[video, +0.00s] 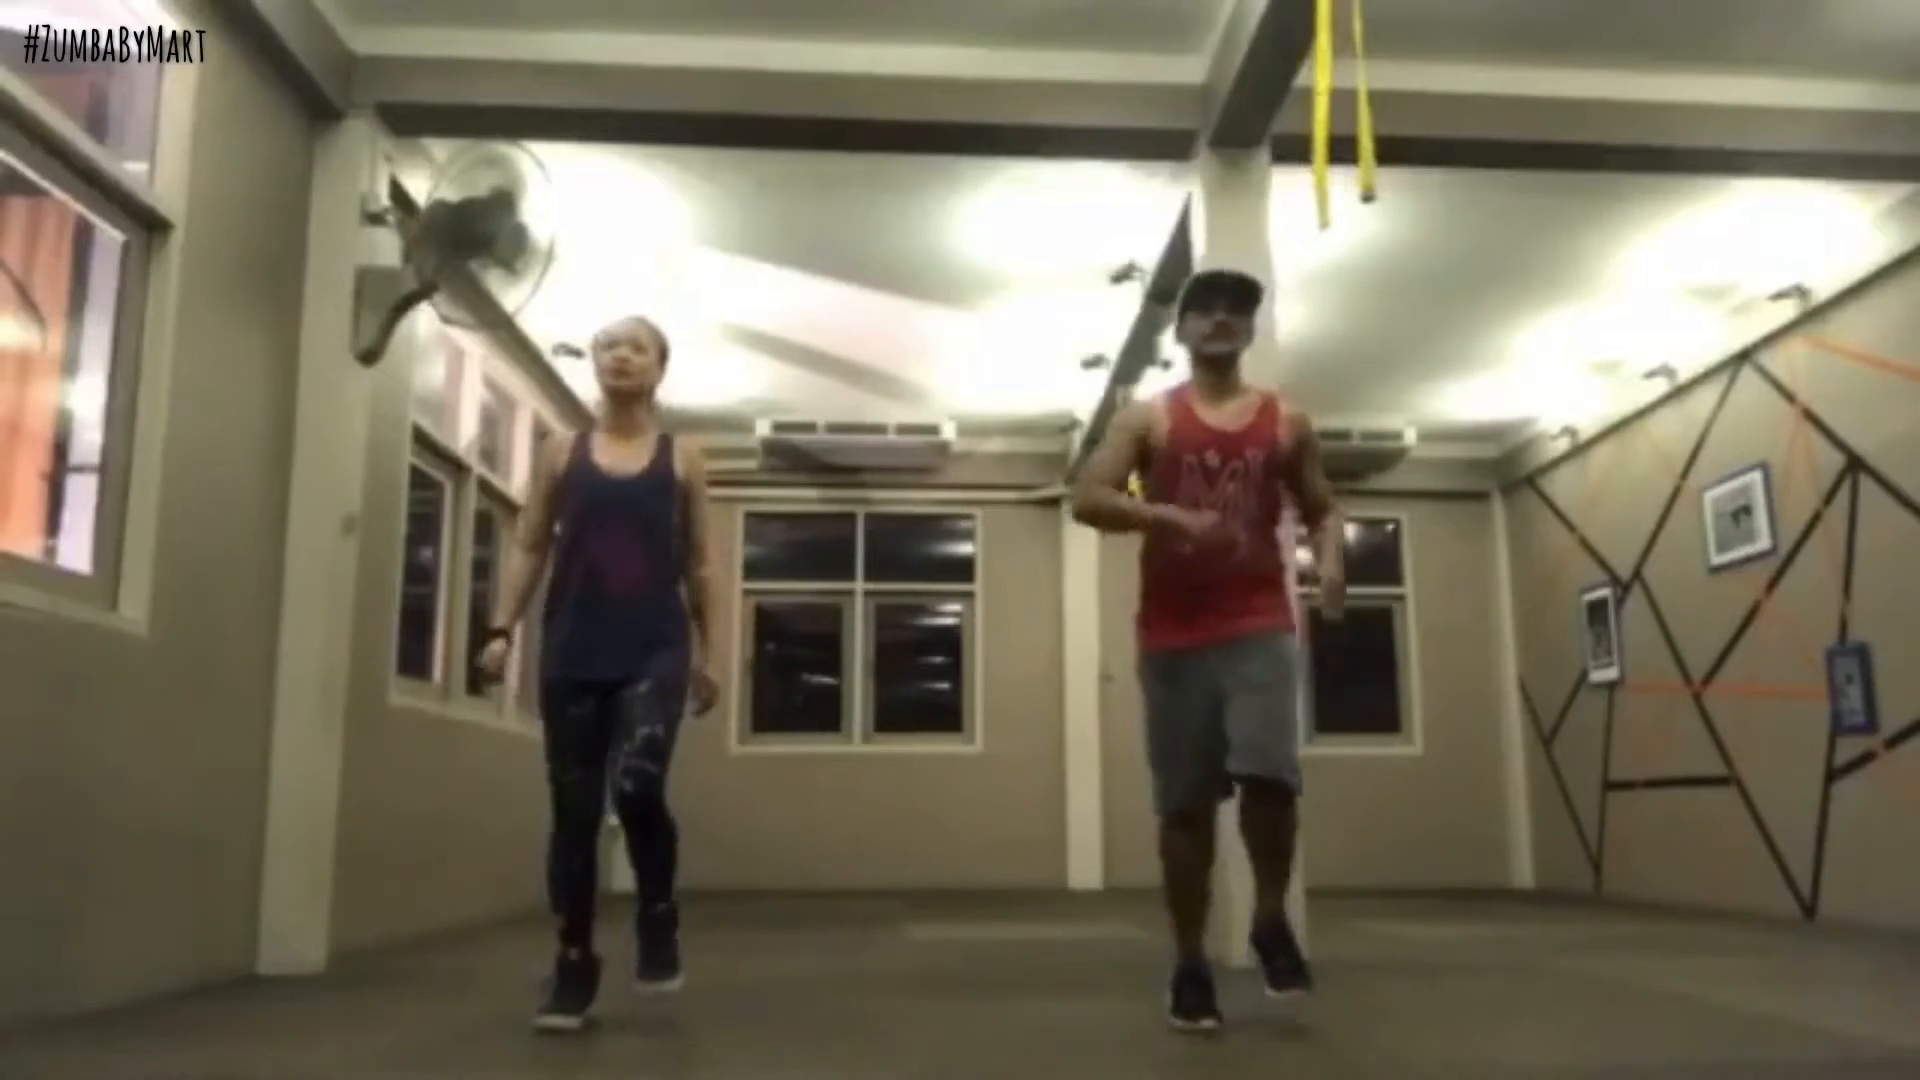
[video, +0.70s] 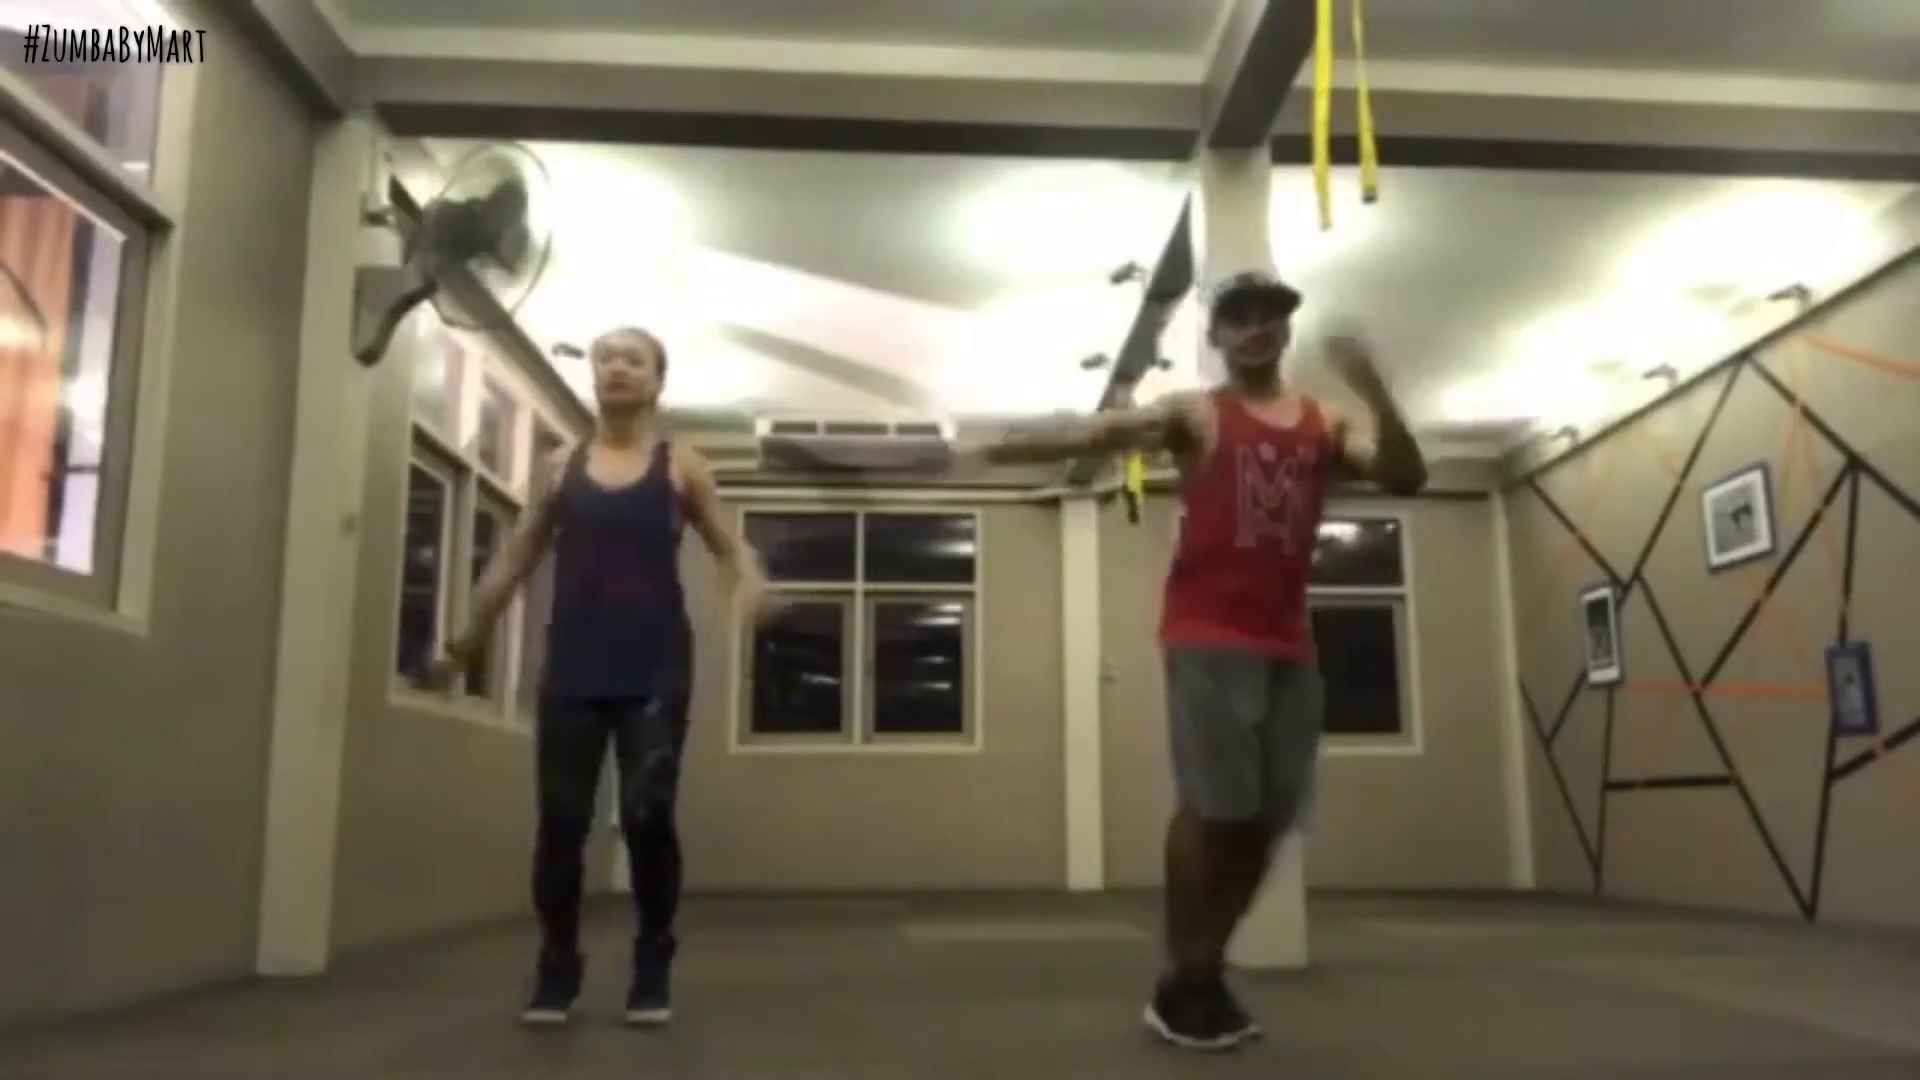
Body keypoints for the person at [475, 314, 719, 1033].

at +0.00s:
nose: (620, 358)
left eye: (636, 349)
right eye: (611, 348)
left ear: (660, 370)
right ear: (594, 364)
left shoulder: (682, 458)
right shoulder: (562, 453)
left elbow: (701, 564)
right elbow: (530, 545)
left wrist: (709, 655)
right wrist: (503, 626)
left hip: (656, 653)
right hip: (573, 653)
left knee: (635, 788)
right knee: (574, 811)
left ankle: (657, 919)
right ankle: (574, 961)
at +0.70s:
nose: (617, 371)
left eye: (633, 361)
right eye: (607, 360)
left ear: (658, 382)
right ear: (591, 376)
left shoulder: (680, 465)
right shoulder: (562, 465)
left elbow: (732, 552)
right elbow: (516, 557)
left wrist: (750, 588)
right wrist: (466, 631)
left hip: (654, 665)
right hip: (573, 663)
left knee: (646, 817)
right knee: (560, 822)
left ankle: (653, 969)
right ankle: (556, 973)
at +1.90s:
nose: (578, 328)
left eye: (599, 324)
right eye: (577, 319)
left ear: (630, 357)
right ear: (563, 345)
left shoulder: (647, 438)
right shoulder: (540, 430)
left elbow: (742, 487)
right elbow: (460, 471)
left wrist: (826, 466)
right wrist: (442, 460)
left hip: (620, 637)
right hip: (558, 641)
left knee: (522, 766)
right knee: (580, 818)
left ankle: (532, 941)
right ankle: (613, 975)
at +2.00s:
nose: (560, 335)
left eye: (582, 331)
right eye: (557, 328)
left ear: (614, 366)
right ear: (544, 356)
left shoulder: (629, 438)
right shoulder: (523, 427)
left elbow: (707, 504)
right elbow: (472, 483)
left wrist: (801, 509)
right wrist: (550, 470)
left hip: (593, 650)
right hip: (536, 651)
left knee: (499, 800)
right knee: (558, 822)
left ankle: (477, 990)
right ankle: (610, 975)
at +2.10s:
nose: (549, 339)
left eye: (567, 331)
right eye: (541, 330)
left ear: (598, 357)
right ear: (527, 351)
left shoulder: (612, 440)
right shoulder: (504, 427)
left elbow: (683, 517)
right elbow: (441, 474)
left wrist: (764, 525)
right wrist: (512, 461)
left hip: (572, 650)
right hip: (500, 647)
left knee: (502, 820)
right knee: (495, 826)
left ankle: (480, 996)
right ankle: (594, 975)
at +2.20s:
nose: (549, 336)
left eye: (566, 328)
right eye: (537, 324)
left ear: (586, 352)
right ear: (513, 341)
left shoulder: (602, 436)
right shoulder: (484, 429)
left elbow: (674, 518)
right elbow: (370, 458)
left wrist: (736, 483)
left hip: (564, 655)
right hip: (484, 651)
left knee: (508, 822)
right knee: (413, 805)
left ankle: (486, 993)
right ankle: (517, 917)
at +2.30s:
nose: (539, 337)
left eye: (554, 327)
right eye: (527, 324)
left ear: (575, 348)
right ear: (501, 341)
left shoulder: (587, 434)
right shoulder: (470, 431)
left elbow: (661, 498)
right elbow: (369, 447)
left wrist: (639, 446)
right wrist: (286, 413)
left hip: (548, 655)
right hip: (462, 648)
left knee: (513, 824)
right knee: (391, 799)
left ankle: (484, 994)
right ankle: (397, 913)